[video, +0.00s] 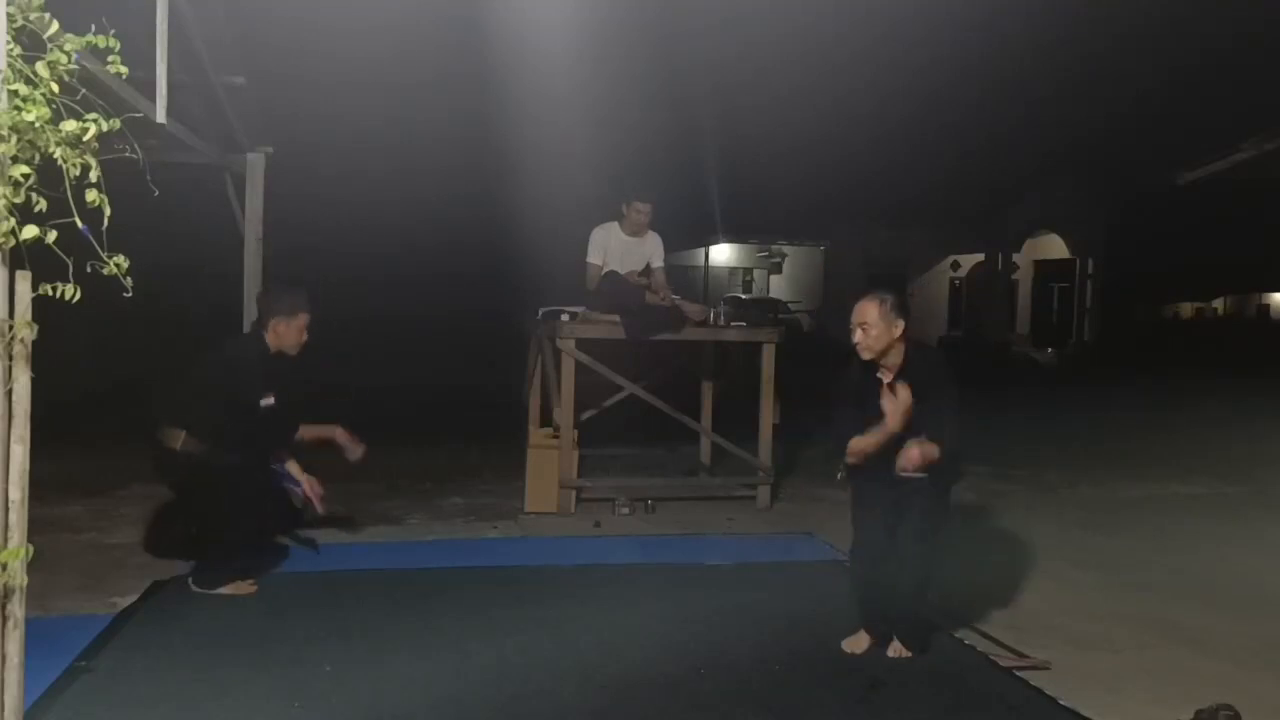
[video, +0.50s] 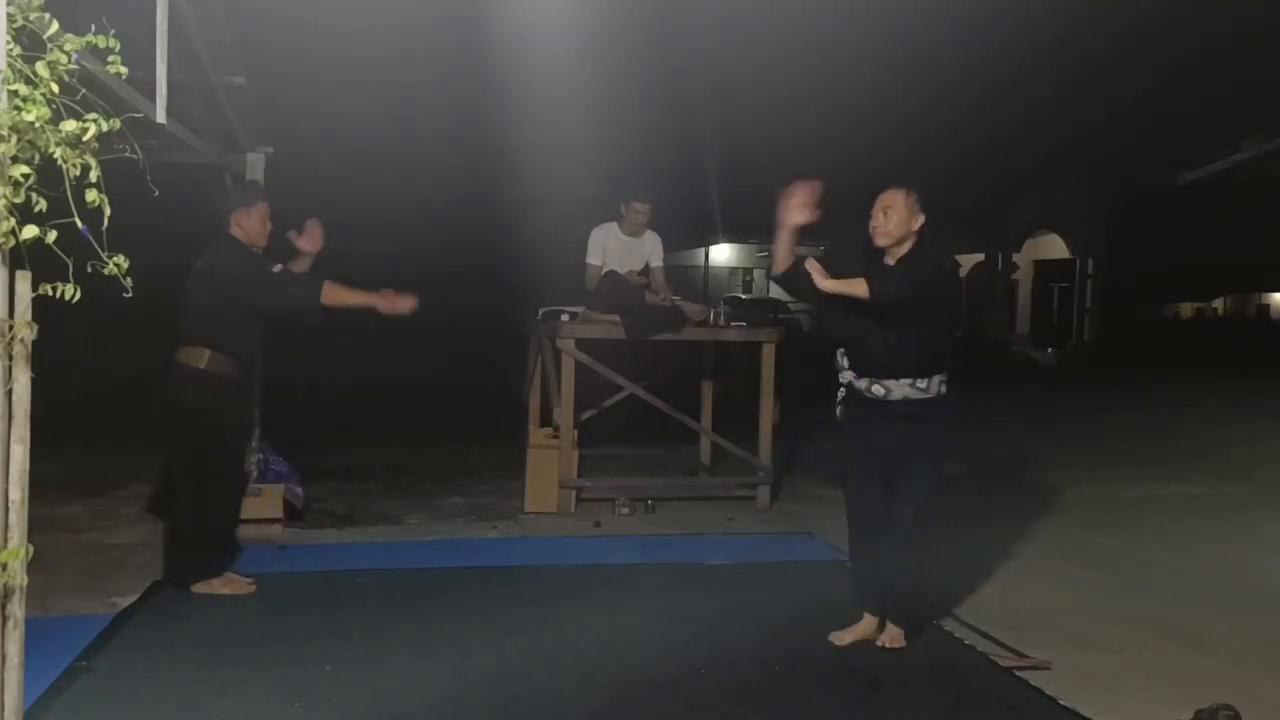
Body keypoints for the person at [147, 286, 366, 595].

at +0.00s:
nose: (306, 337)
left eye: (306, 329)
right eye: (302, 328)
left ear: (276, 326)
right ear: (276, 326)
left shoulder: (257, 357)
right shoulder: (249, 359)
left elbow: (266, 433)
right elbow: (278, 430)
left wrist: (299, 476)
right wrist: (332, 432)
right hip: (187, 455)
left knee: (279, 498)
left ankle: (234, 564)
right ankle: (213, 575)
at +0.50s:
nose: (269, 226)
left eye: (269, 218)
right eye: (263, 218)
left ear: (241, 221)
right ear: (239, 220)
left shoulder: (230, 258)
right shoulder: (228, 261)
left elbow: (278, 282)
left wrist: (304, 256)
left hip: (214, 383)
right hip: (205, 385)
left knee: (214, 473)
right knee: (212, 475)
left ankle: (208, 565)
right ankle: (202, 572)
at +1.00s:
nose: (258, 218)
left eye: (257, 210)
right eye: (251, 211)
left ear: (229, 216)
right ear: (227, 216)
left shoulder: (224, 258)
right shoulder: (211, 260)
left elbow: (273, 282)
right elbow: (262, 288)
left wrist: (321, 257)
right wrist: (295, 266)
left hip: (218, 386)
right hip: (203, 389)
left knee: (217, 476)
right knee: (209, 477)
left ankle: (207, 566)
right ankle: (198, 572)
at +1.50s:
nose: (238, 221)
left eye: (242, 213)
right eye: (228, 213)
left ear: (247, 218)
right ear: (205, 218)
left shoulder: (230, 262)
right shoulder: (202, 253)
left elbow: (280, 300)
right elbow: (246, 264)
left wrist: (269, 265)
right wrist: (298, 255)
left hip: (224, 383)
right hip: (202, 383)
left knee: (219, 474)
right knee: (210, 475)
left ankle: (208, 566)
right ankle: (200, 572)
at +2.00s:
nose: (249, 223)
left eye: (250, 214)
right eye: (242, 215)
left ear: (227, 219)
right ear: (215, 218)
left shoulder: (222, 262)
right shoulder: (202, 259)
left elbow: (266, 300)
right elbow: (257, 285)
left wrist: (319, 305)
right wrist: (271, 258)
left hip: (220, 382)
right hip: (203, 383)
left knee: (216, 473)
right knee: (213, 474)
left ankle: (201, 568)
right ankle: (200, 572)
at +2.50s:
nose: (256, 223)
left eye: (255, 215)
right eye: (252, 216)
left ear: (221, 217)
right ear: (236, 217)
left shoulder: (210, 254)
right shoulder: (214, 258)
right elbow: (265, 284)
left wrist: (251, 264)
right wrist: (263, 267)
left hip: (214, 383)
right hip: (210, 385)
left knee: (212, 474)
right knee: (216, 476)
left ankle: (202, 567)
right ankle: (202, 572)